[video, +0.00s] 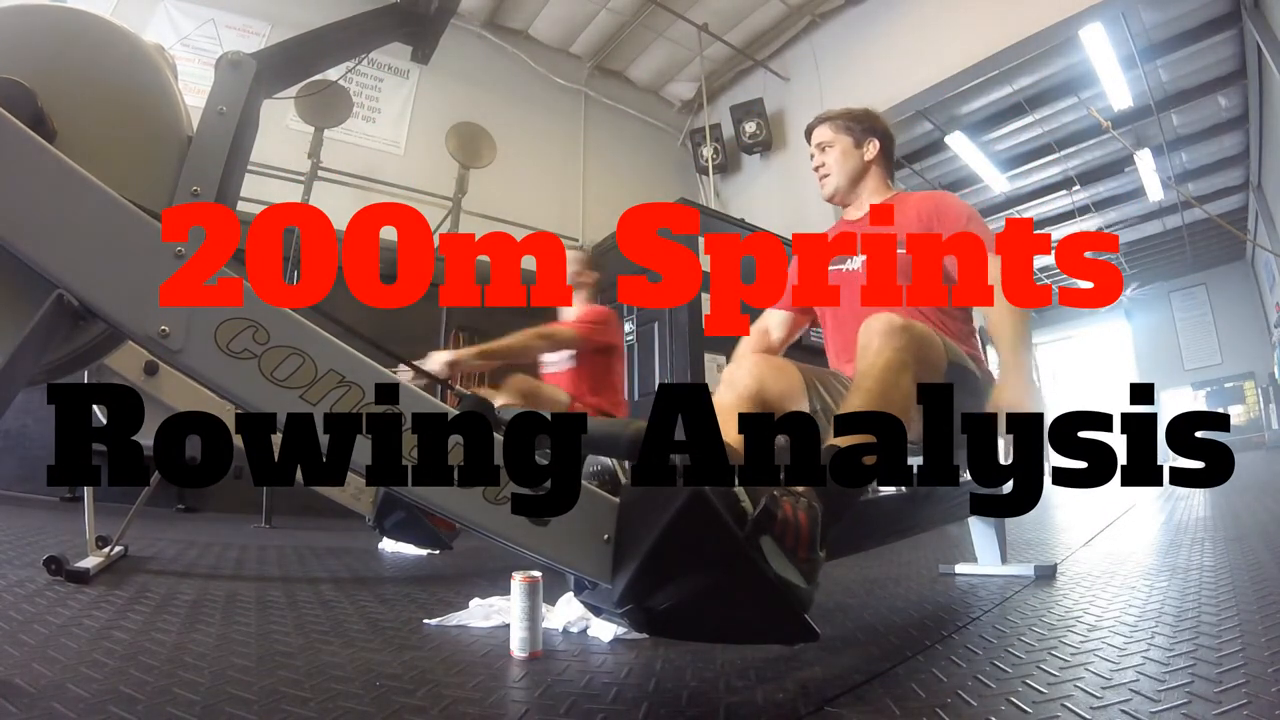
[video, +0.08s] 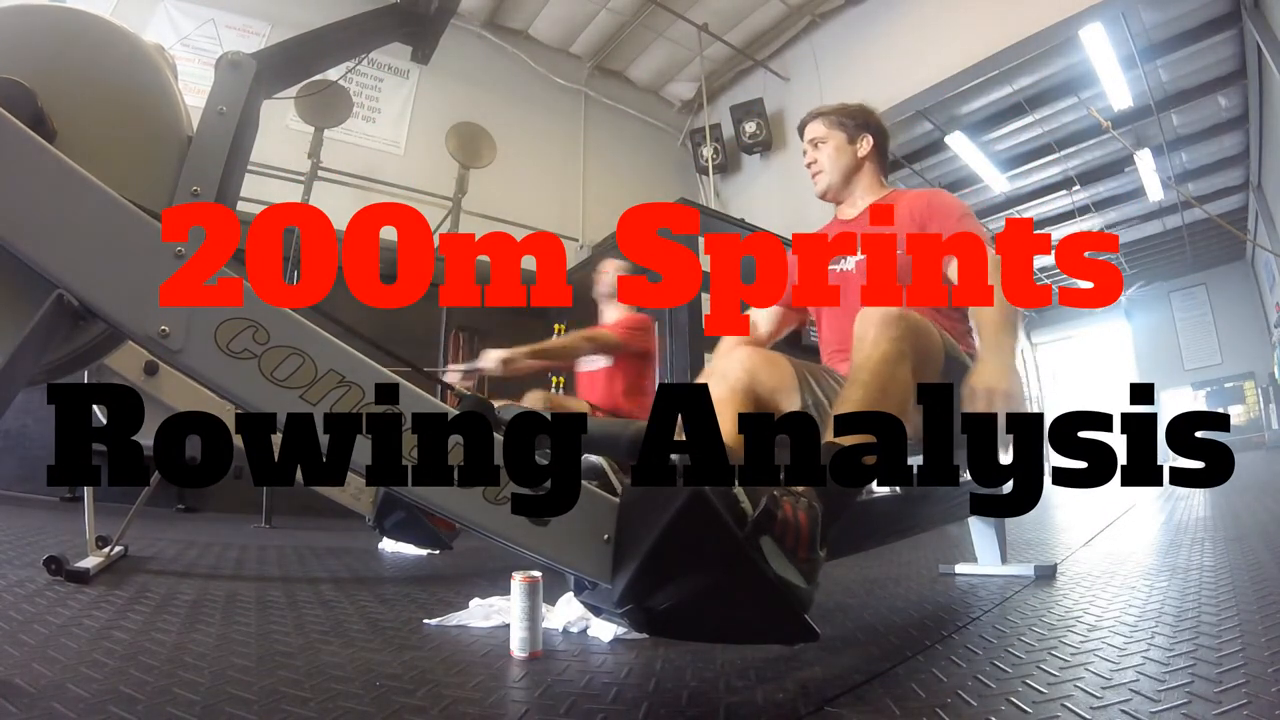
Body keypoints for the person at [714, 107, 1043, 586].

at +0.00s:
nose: (815, 162)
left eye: (826, 148)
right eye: (812, 155)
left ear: (870, 150)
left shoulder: (937, 210)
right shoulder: (820, 249)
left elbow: (999, 289)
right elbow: (768, 333)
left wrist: (1015, 381)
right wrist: (729, 388)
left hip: (954, 390)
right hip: (856, 394)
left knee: (885, 330)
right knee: (750, 370)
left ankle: (813, 506)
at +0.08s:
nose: (807, 158)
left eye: (818, 144)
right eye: (805, 151)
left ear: (863, 145)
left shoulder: (928, 207)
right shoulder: (816, 245)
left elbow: (991, 288)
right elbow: (759, 328)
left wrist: (996, 366)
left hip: (937, 391)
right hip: (840, 390)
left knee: (882, 321)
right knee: (732, 359)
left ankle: (810, 505)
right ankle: (711, 513)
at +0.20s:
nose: (798, 155)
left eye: (809, 139)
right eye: (796, 148)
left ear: (856, 141)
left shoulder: (922, 202)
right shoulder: (805, 242)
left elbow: (979, 282)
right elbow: (757, 315)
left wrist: (972, 347)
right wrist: (693, 357)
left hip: (928, 388)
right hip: (836, 390)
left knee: (876, 310)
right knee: (729, 358)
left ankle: (811, 501)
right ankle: (703, 517)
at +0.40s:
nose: (775, 147)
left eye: (785, 130)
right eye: (771, 139)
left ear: (835, 130)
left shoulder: (901, 189)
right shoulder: (782, 236)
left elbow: (934, 264)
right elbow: (709, 298)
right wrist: (639, 356)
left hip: (906, 386)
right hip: (818, 390)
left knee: (867, 294)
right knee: (709, 355)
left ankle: (811, 503)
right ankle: (707, 517)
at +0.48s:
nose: (763, 138)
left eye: (777, 120)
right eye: (757, 133)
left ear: (827, 125)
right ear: (760, 151)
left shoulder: (883, 180)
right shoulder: (765, 232)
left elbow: (907, 255)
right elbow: (690, 299)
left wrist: (861, 329)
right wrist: (611, 356)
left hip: (907, 382)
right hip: (815, 392)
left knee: (875, 280)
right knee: (705, 353)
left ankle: (816, 488)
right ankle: (688, 522)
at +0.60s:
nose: (748, 132)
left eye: (763, 114)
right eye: (740, 126)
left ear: (813, 120)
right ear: (741, 146)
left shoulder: (866, 176)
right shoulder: (744, 231)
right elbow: (668, 291)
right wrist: (590, 357)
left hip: (870, 360)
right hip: (782, 373)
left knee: (870, 205)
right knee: (697, 347)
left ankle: (817, 485)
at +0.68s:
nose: (729, 128)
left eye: (743, 110)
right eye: (719, 123)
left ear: (794, 114)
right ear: (719, 143)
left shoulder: (854, 164)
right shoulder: (727, 231)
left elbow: (828, 226)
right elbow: (651, 287)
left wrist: (756, 336)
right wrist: (561, 369)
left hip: (846, 391)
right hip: (756, 396)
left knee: (879, 268)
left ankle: (835, 478)